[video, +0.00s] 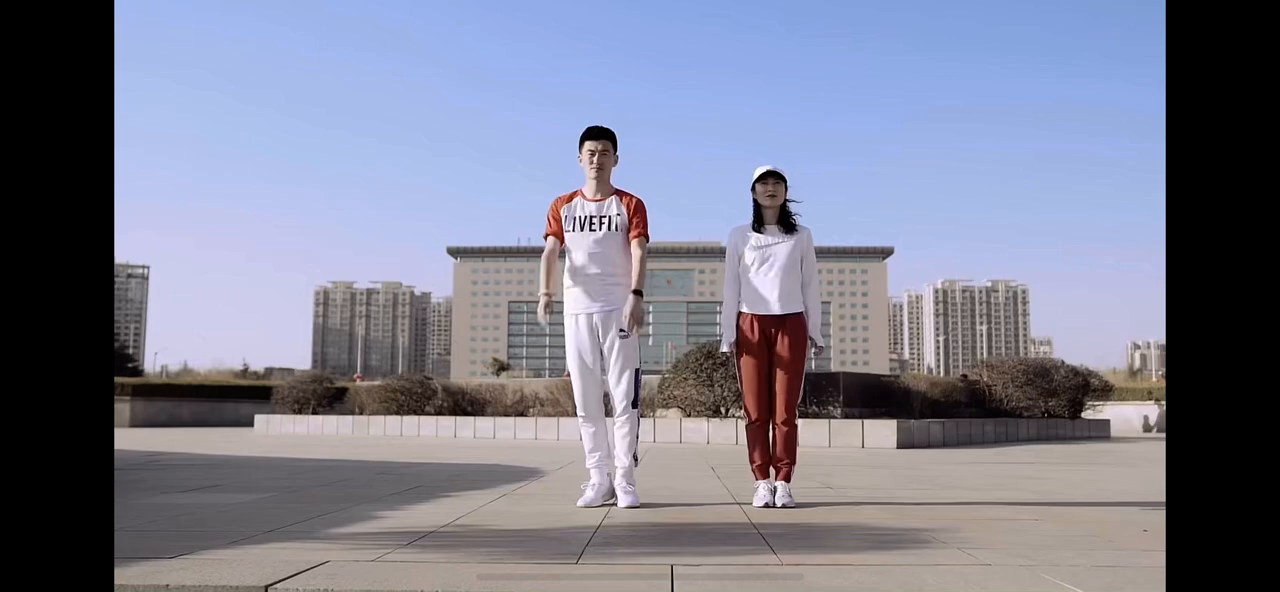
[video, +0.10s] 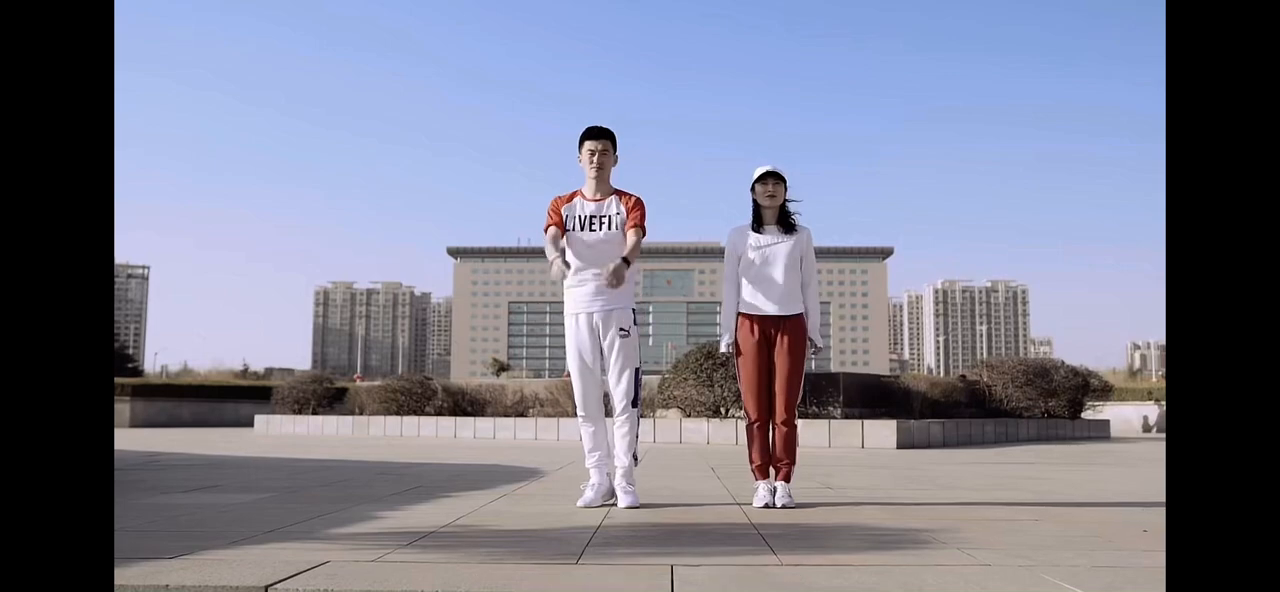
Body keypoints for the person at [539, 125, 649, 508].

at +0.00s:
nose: (597, 158)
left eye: (604, 152)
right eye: (590, 152)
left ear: (614, 159)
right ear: (580, 159)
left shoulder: (630, 204)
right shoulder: (562, 206)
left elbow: (639, 249)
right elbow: (551, 251)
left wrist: (636, 295)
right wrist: (545, 291)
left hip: (619, 310)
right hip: (578, 313)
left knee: (624, 400)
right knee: (586, 402)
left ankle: (624, 481)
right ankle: (598, 480)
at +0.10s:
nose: (596, 158)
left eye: (604, 152)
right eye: (590, 152)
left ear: (614, 159)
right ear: (580, 159)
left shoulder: (629, 202)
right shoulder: (562, 204)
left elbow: (635, 238)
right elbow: (552, 235)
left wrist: (623, 262)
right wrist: (555, 257)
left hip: (618, 310)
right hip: (578, 312)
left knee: (624, 400)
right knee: (586, 402)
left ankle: (624, 482)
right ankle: (598, 480)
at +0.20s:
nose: (597, 156)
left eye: (605, 151)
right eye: (591, 150)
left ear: (615, 158)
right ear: (581, 157)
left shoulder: (630, 201)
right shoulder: (563, 202)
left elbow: (633, 237)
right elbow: (550, 232)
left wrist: (608, 240)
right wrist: (566, 232)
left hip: (619, 310)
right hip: (578, 312)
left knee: (625, 400)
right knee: (586, 403)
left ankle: (625, 482)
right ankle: (598, 481)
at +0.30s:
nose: (598, 156)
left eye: (606, 151)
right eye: (592, 151)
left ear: (616, 159)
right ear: (582, 158)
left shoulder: (630, 202)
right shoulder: (564, 202)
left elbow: (632, 236)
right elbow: (549, 233)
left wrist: (607, 234)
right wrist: (570, 228)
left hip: (618, 310)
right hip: (578, 312)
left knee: (625, 400)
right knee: (586, 403)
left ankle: (625, 482)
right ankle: (598, 481)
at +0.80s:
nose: (601, 157)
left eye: (608, 152)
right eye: (594, 151)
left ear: (617, 159)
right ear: (583, 158)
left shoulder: (633, 205)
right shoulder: (563, 205)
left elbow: (649, 252)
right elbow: (551, 252)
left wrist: (668, 296)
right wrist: (535, 297)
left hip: (619, 311)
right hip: (577, 312)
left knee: (624, 399)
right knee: (587, 401)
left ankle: (625, 482)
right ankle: (597, 482)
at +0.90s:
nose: (600, 157)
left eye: (607, 151)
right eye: (593, 151)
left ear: (617, 158)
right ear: (582, 158)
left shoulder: (633, 205)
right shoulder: (563, 205)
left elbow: (650, 248)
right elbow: (550, 249)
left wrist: (671, 288)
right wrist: (534, 290)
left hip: (619, 311)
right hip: (578, 313)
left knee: (624, 400)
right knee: (587, 403)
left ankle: (625, 482)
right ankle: (598, 482)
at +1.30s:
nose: (601, 163)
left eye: (607, 158)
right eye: (594, 158)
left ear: (617, 165)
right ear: (583, 165)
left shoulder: (634, 210)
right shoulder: (565, 212)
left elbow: (644, 246)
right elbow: (554, 256)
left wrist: (644, 280)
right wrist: (549, 295)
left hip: (621, 316)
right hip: (580, 317)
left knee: (623, 404)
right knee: (588, 405)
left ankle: (624, 482)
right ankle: (599, 482)